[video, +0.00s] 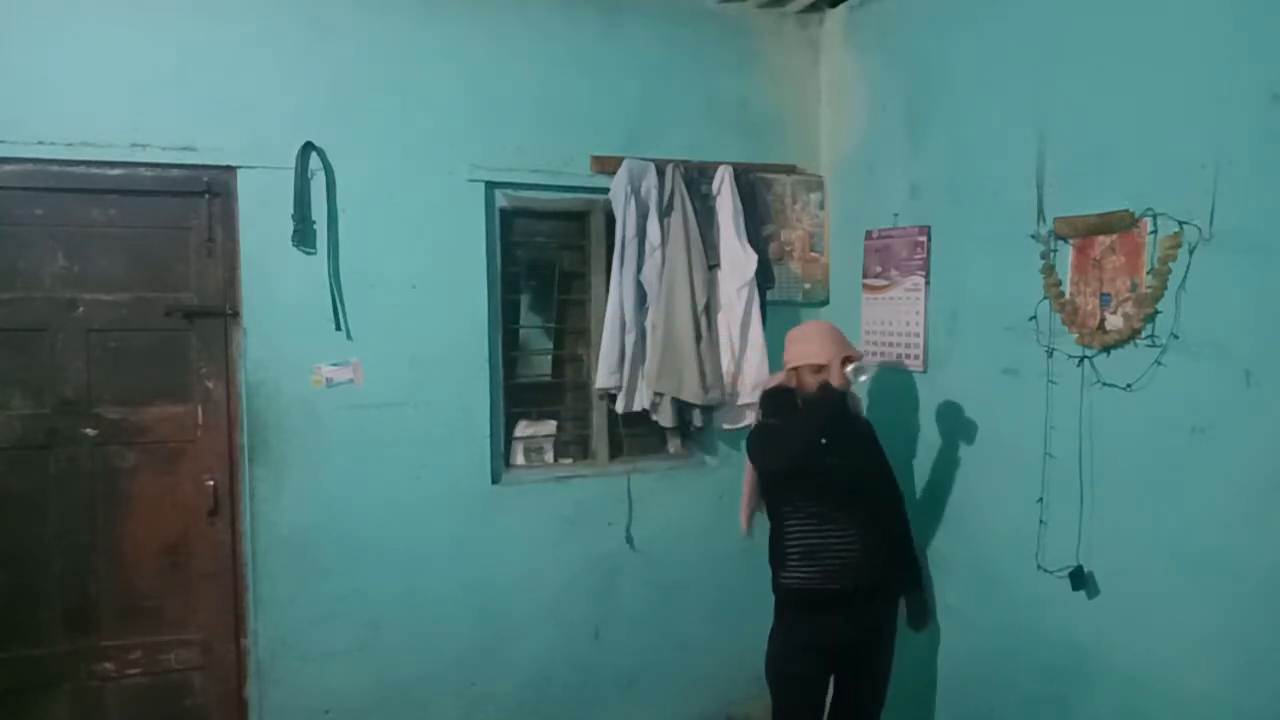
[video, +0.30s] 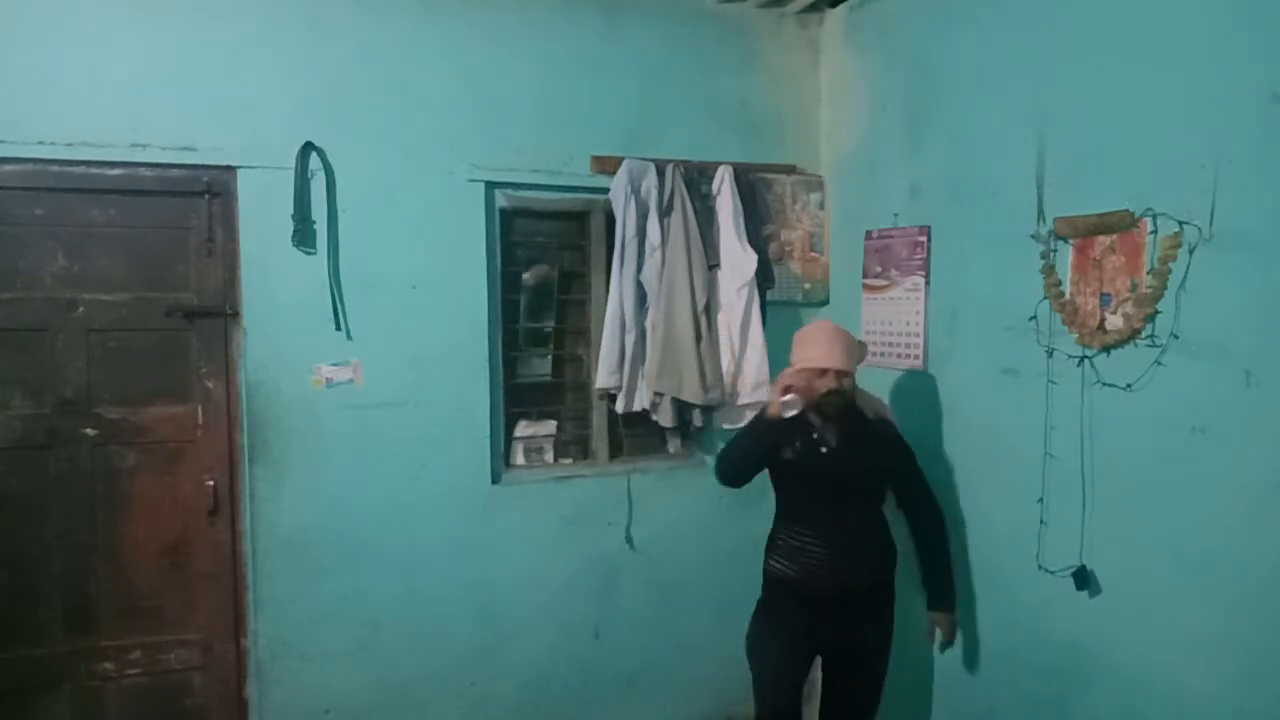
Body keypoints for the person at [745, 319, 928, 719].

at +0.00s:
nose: (834, 379)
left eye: (842, 367)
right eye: (819, 369)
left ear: (849, 369)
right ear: (792, 376)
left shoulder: (858, 429)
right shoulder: (770, 435)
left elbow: (892, 511)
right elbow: (781, 463)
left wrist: (914, 588)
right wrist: (831, 398)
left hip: (870, 610)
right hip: (802, 611)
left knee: (859, 711)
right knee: (796, 711)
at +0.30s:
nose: (832, 383)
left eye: (842, 374)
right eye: (820, 374)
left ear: (854, 377)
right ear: (796, 377)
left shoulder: (878, 434)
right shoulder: (779, 430)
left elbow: (924, 512)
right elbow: (728, 472)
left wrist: (941, 601)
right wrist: (771, 415)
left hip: (864, 602)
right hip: (790, 598)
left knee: (851, 711)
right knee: (775, 709)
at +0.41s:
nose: (825, 399)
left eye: (837, 389)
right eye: (814, 388)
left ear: (851, 386)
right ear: (792, 384)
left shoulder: (877, 440)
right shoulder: (775, 433)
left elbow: (923, 524)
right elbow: (716, 478)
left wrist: (946, 612)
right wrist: (745, 431)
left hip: (862, 606)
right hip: (788, 603)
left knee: (846, 712)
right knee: (780, 711)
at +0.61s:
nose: (805, 395)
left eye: (817, 384)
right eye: (793, 382)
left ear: (834, 382)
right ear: (775, 379)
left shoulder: (864, 445)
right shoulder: (761, 432)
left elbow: (909, 535)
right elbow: (689, 469)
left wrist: (921, 630)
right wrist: (686, 426)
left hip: (849, 616)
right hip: (774, 613)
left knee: (847, 711)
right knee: (765, 710)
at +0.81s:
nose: (763, 372)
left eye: (778, 364)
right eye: (762, 360)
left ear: (808, 377)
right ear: (756, 362)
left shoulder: (848, 447)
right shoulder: (745, 434)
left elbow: (892, 536)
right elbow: (677, 478)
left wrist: (860, 615)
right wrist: (639, 458)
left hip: (827, 629)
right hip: (758, 622)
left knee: (825, 713)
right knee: (760, 710)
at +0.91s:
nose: (756, 365)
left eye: (772, 358)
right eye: (755, 354)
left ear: (802, 375)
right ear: (747, 360)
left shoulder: (837, 448)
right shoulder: (741, 437)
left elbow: (872, 541)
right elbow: (691, 499)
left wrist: (822, 606)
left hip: (817, 634)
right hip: (753, 625)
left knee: (802, 710)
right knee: (754, 710)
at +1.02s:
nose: (745, 369)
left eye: (761, 360)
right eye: (745, 357)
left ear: (794, 374)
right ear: (738, 362)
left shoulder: (824, 453)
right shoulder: (741, 445)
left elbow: (829, 562)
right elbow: (707, 523)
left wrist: (792, 644)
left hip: (806, 631)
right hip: (749, 623)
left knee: (791, 711)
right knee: (750, 709)